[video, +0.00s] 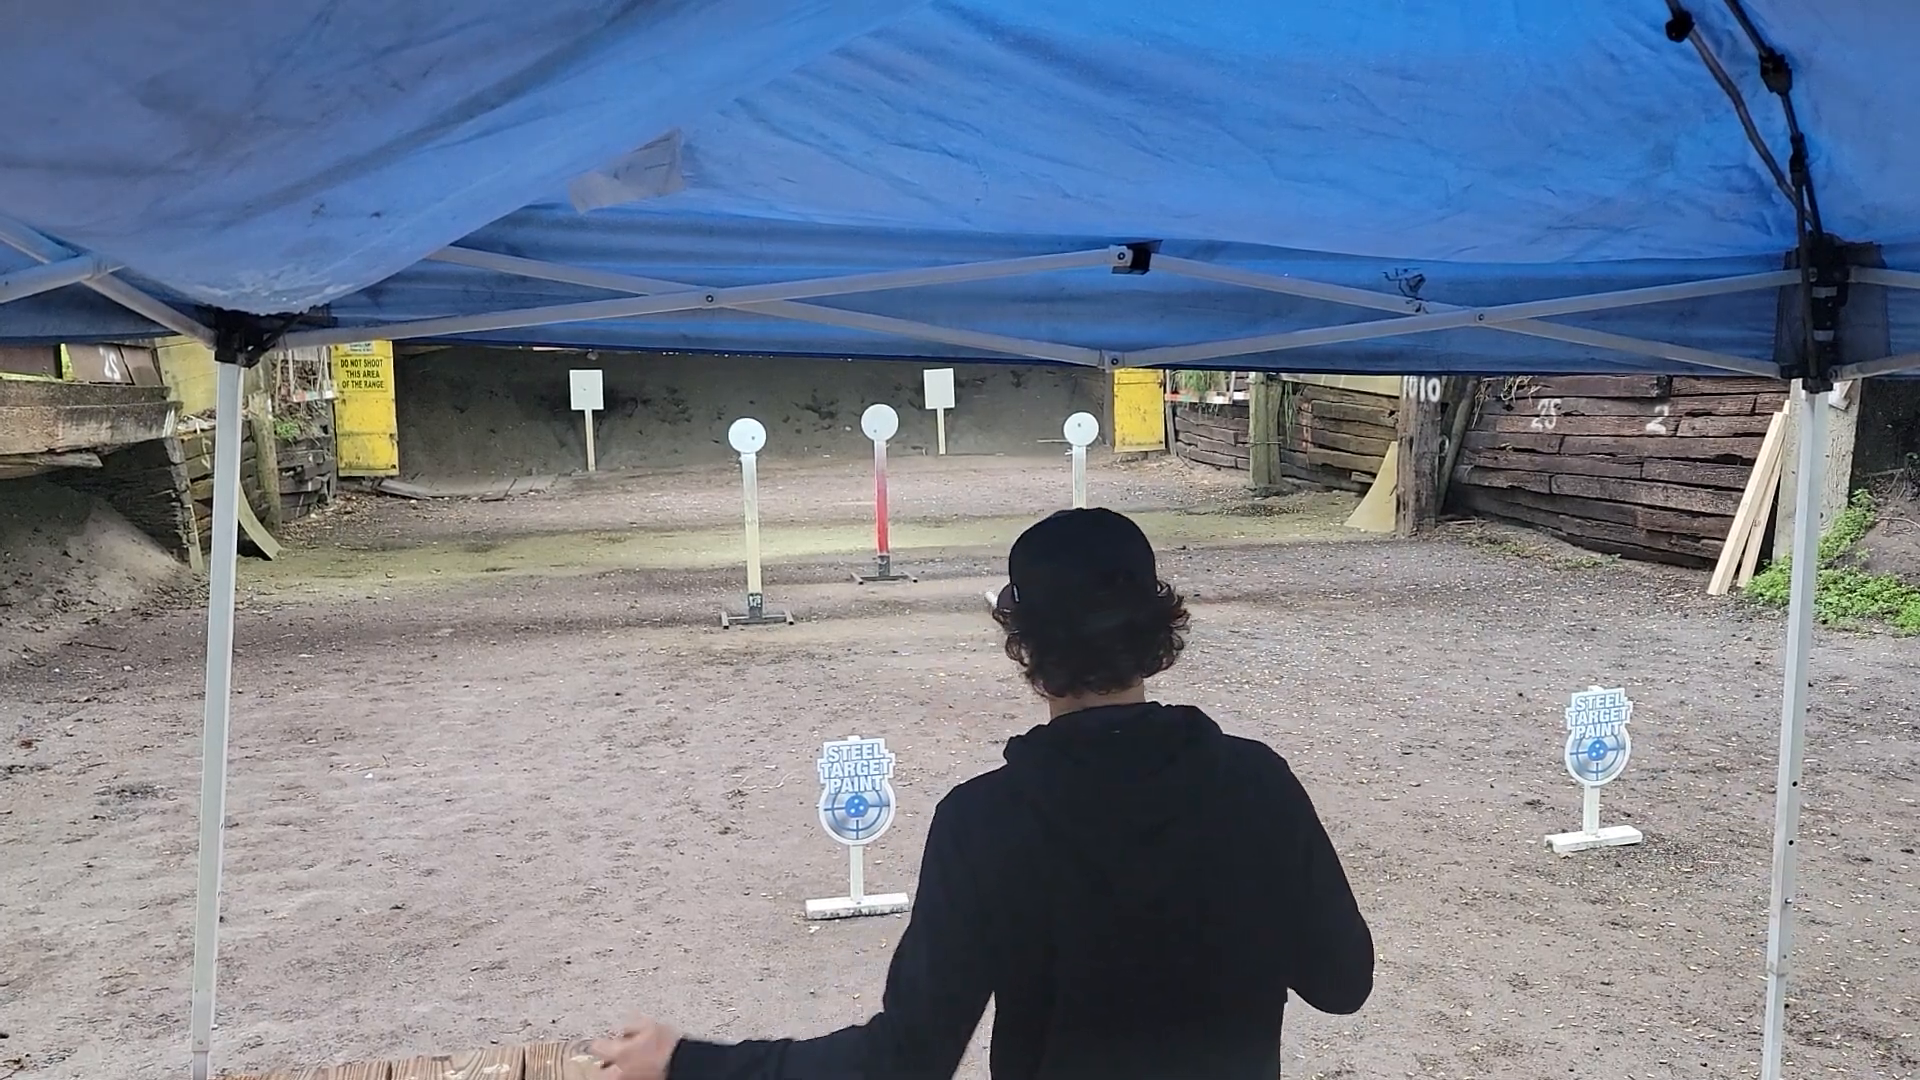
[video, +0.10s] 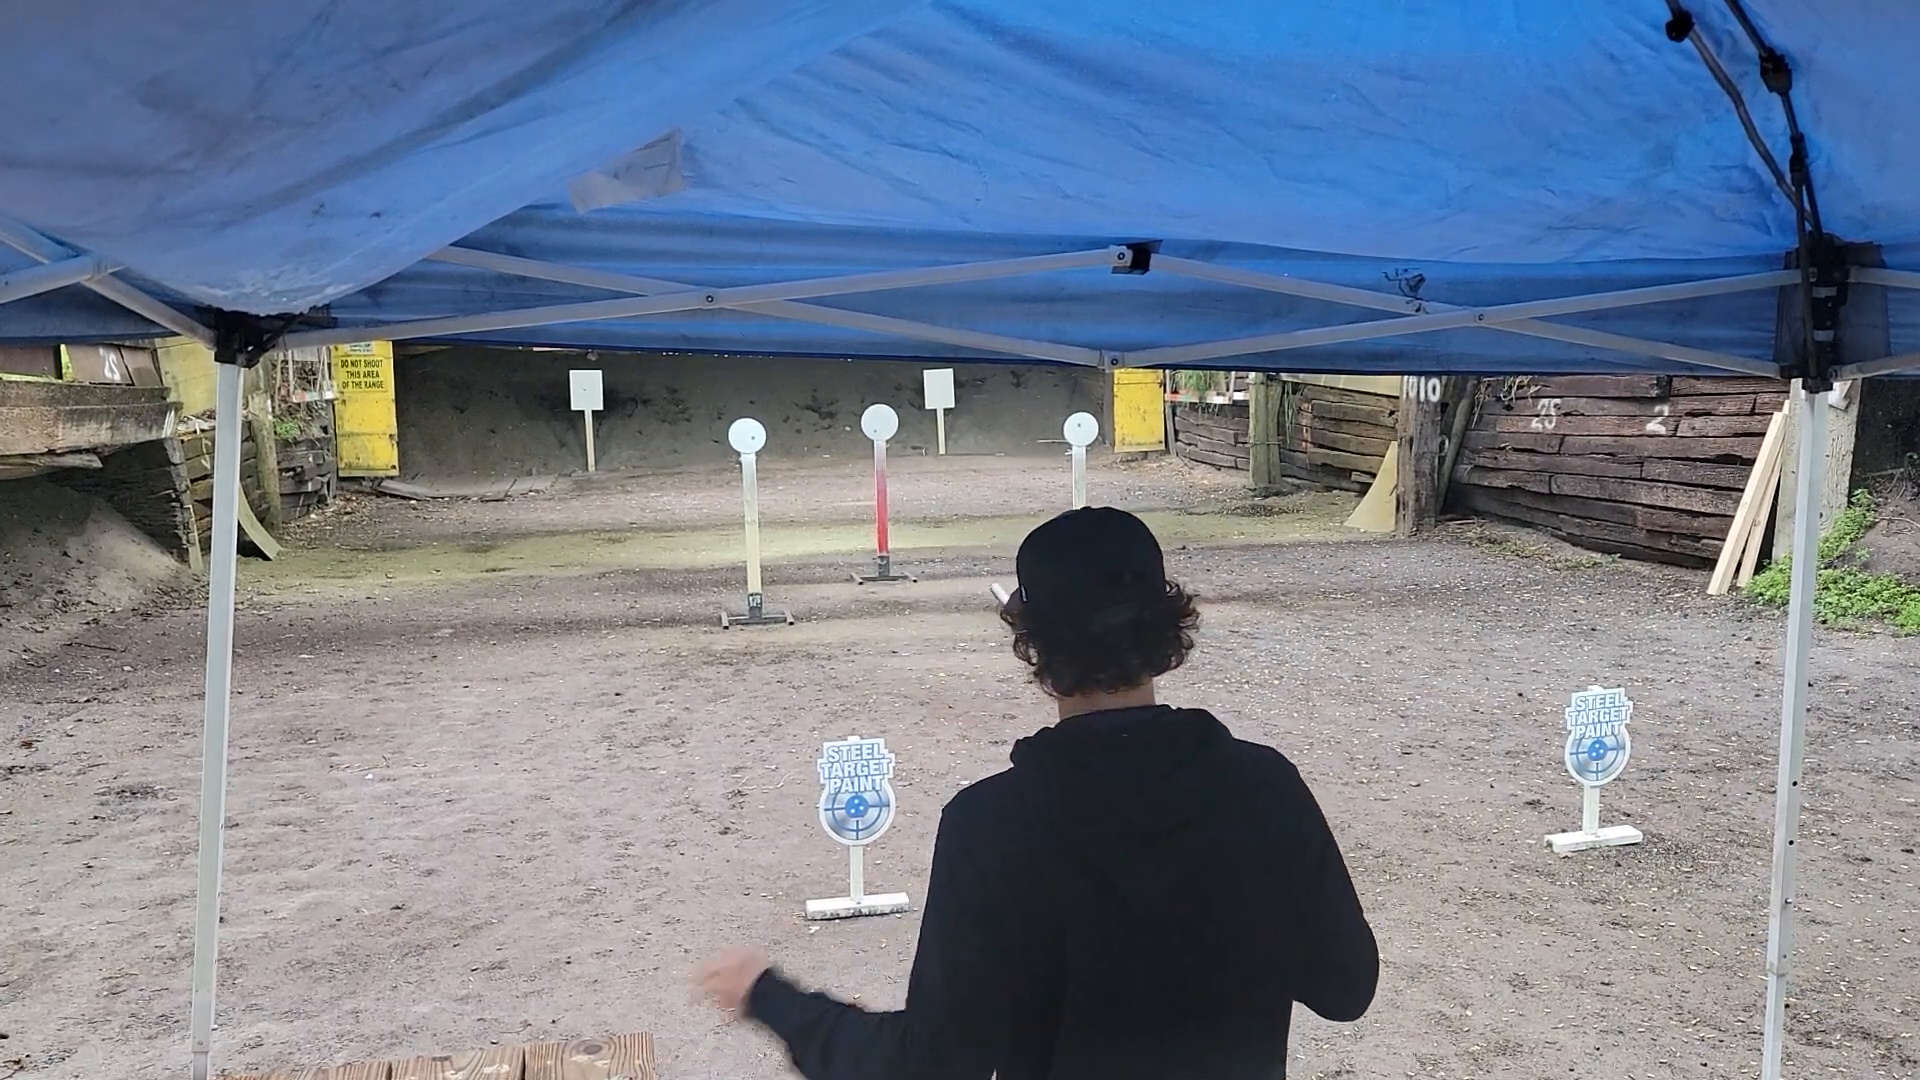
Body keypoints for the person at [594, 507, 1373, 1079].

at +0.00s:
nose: (1016, 636)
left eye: (1014, 620)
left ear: (1021, 640)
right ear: (1162, 625)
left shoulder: (987, 818)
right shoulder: (1258, 784)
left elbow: (910, 1055)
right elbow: (1344, 980)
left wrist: (686, 1060)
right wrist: (1230, 893)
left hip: (1053, 1067)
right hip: (1226, 1071)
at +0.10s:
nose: (1022, 636)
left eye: (1023, 617)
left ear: (1032, 638)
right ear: (1166, 623)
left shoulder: (992, 821)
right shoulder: (1265, 788)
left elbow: (941, 1054)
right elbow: (1347, 988)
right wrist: (1221, 900)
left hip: (1058, 1072)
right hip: (1236, 1073)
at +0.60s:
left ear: (1080, 642)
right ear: (1218, 623)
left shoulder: (1012, 795)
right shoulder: (1311, 809)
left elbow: (1003, 991)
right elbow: (1392, 1014)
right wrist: (1268, 941)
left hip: (1058, 1072)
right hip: (1256, 1070)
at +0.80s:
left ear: (1085, 637)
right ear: (1221, 619)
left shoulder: (1016, 792)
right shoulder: (1316, 810)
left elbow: (1012, 983)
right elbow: (1388, 1023)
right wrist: (1263, 937)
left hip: (1063, 1075)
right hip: (1258, 1072)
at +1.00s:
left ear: (1086, 637)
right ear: (1225, 619)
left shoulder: (1019, 792)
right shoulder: (1317, 809)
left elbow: (1022, 965)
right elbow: (1387, 1023)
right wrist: (1264, 942)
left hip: (1068, 1072)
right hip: (1261, 1072)